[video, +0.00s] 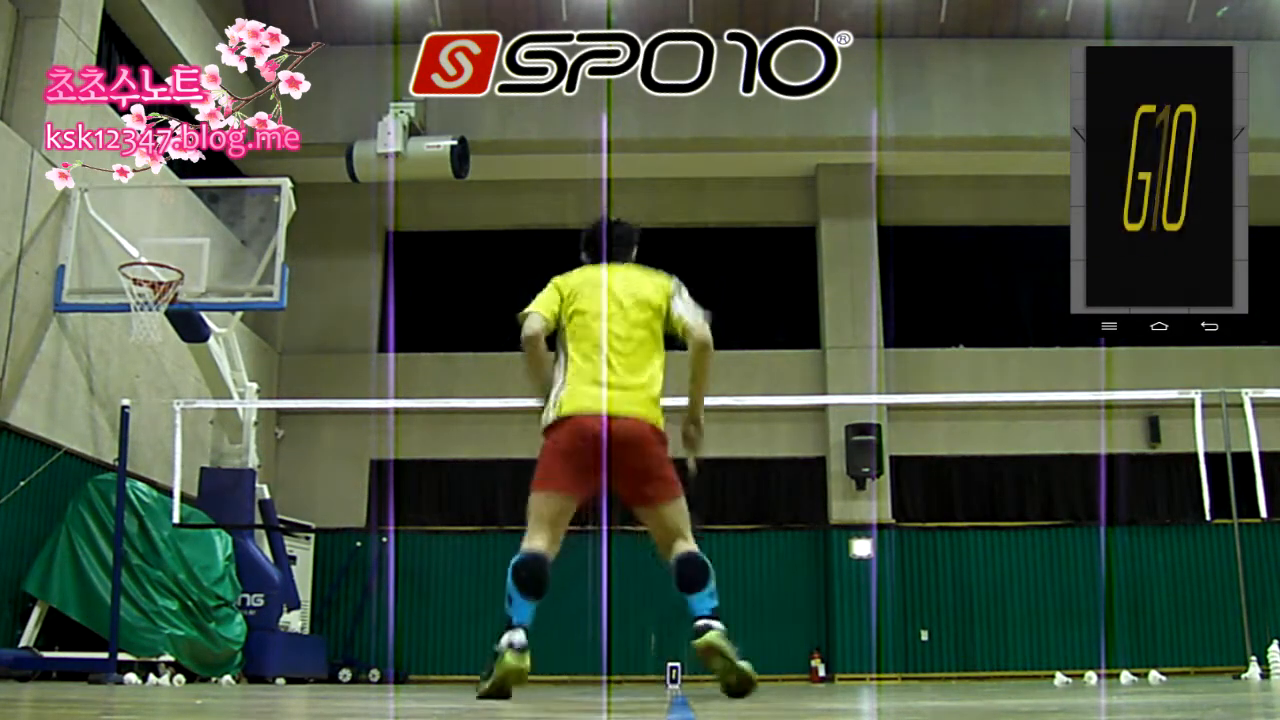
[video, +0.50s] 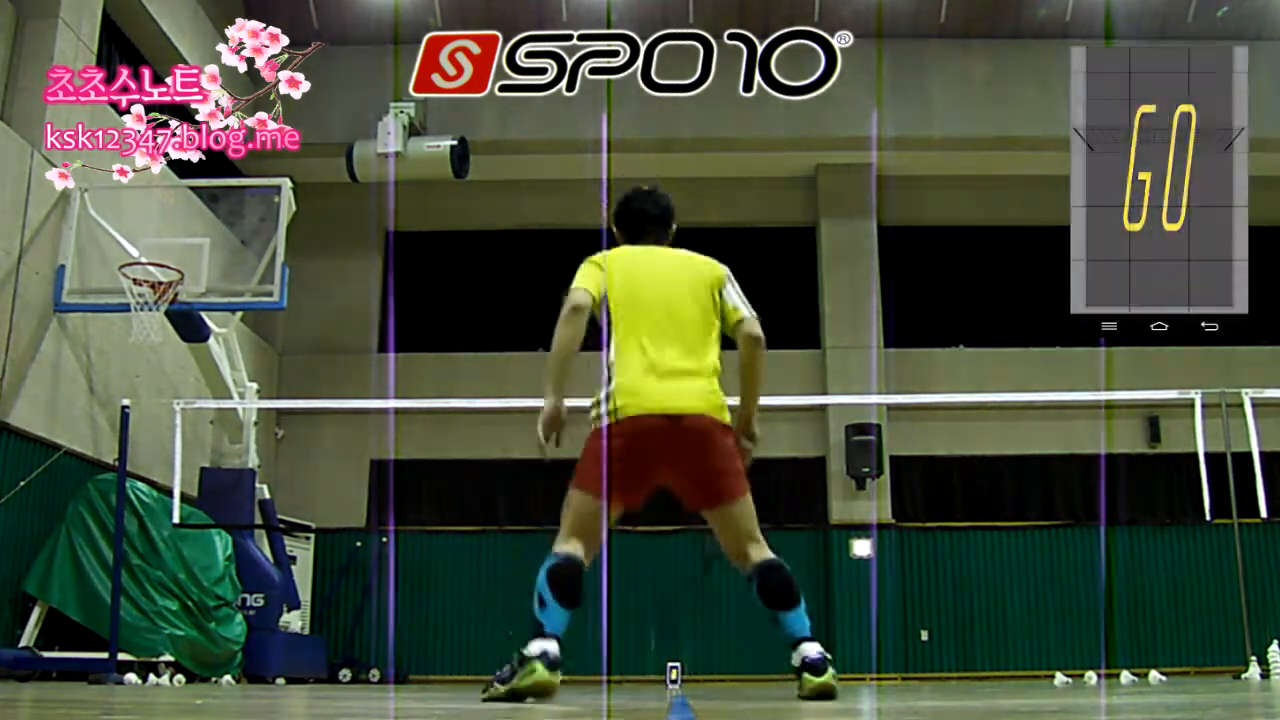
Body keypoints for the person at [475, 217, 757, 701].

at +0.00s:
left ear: (586, 254)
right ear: (634, 253)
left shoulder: (565, 283)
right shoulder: (662, 284)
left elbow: (532, 332)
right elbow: (701, 336)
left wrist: (549, 400)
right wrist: (695, 414)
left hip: (574, 421)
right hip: (639, 425)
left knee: (540, 536)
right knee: (678, 540)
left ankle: (515, 638)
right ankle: (708, 625)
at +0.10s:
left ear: (585, 266)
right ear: (634, 267)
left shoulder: (567, 294)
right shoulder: (667, 303)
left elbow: (538, 337)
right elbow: (704, 365)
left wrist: (523, 413)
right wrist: (701, 447)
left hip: (574, 445)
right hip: (644, 447)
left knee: (540, 555)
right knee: (682, 562)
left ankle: (518, 659)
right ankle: (720, 655)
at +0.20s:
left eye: (594, 228)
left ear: (592, 231)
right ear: (640, 233)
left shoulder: (577, 254)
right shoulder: (680, 266)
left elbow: (556, 293)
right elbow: (710, 329)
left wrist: (537, 372)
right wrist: (706, 410)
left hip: (588, 406)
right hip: (660, 409)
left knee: (552, 524)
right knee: (701, 527)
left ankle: (517, 650)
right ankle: (731, 642)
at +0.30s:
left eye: (604, 202)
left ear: (602, 207)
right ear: (652, 207)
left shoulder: (585, 232)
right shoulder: (689, 240)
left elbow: (563, 268)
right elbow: (721, 298)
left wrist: (542, 344)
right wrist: (717, 382)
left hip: (605, 370)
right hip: (676, 371)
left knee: (564, 496)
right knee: (716, 505)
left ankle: (523, 626)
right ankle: (761, 626)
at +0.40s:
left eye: (606, 210)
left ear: (609, 212)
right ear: (661, 210)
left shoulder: (596, 239)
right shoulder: (701, 244)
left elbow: (570, 281)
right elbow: (737, 305)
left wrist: (547, 361)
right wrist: (732, 390)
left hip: (619, 386)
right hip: (691, 385)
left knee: (570, 509)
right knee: (737, 521)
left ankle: (534, 616)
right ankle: (796, 625)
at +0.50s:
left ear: (618, 231)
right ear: (673, 231)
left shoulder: (602, 264)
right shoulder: (710, 270)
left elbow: (576, 306)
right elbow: (752, 336)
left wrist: (554, 397)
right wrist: (746, 418)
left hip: (626, 423)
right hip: (703, 423)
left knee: (574, 541)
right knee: (751, 546)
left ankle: (543, 649)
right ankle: (808, 651)